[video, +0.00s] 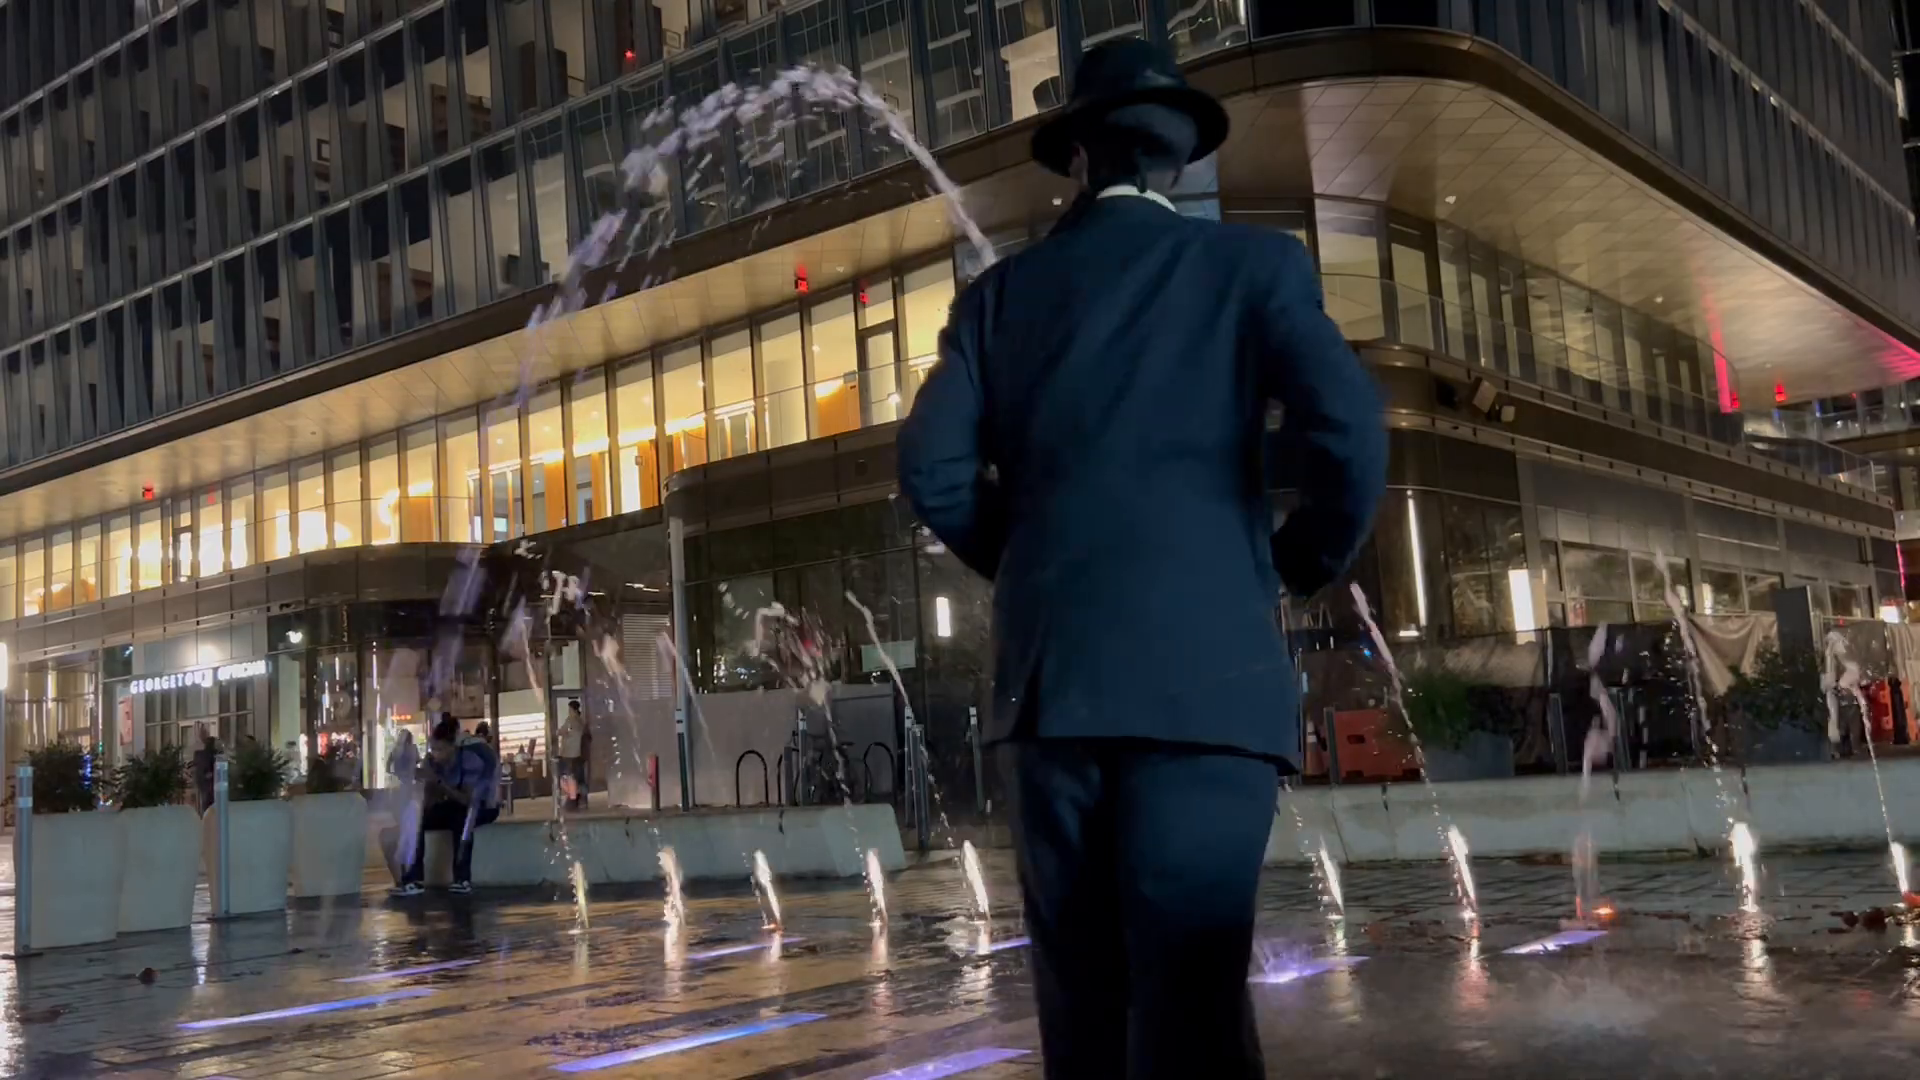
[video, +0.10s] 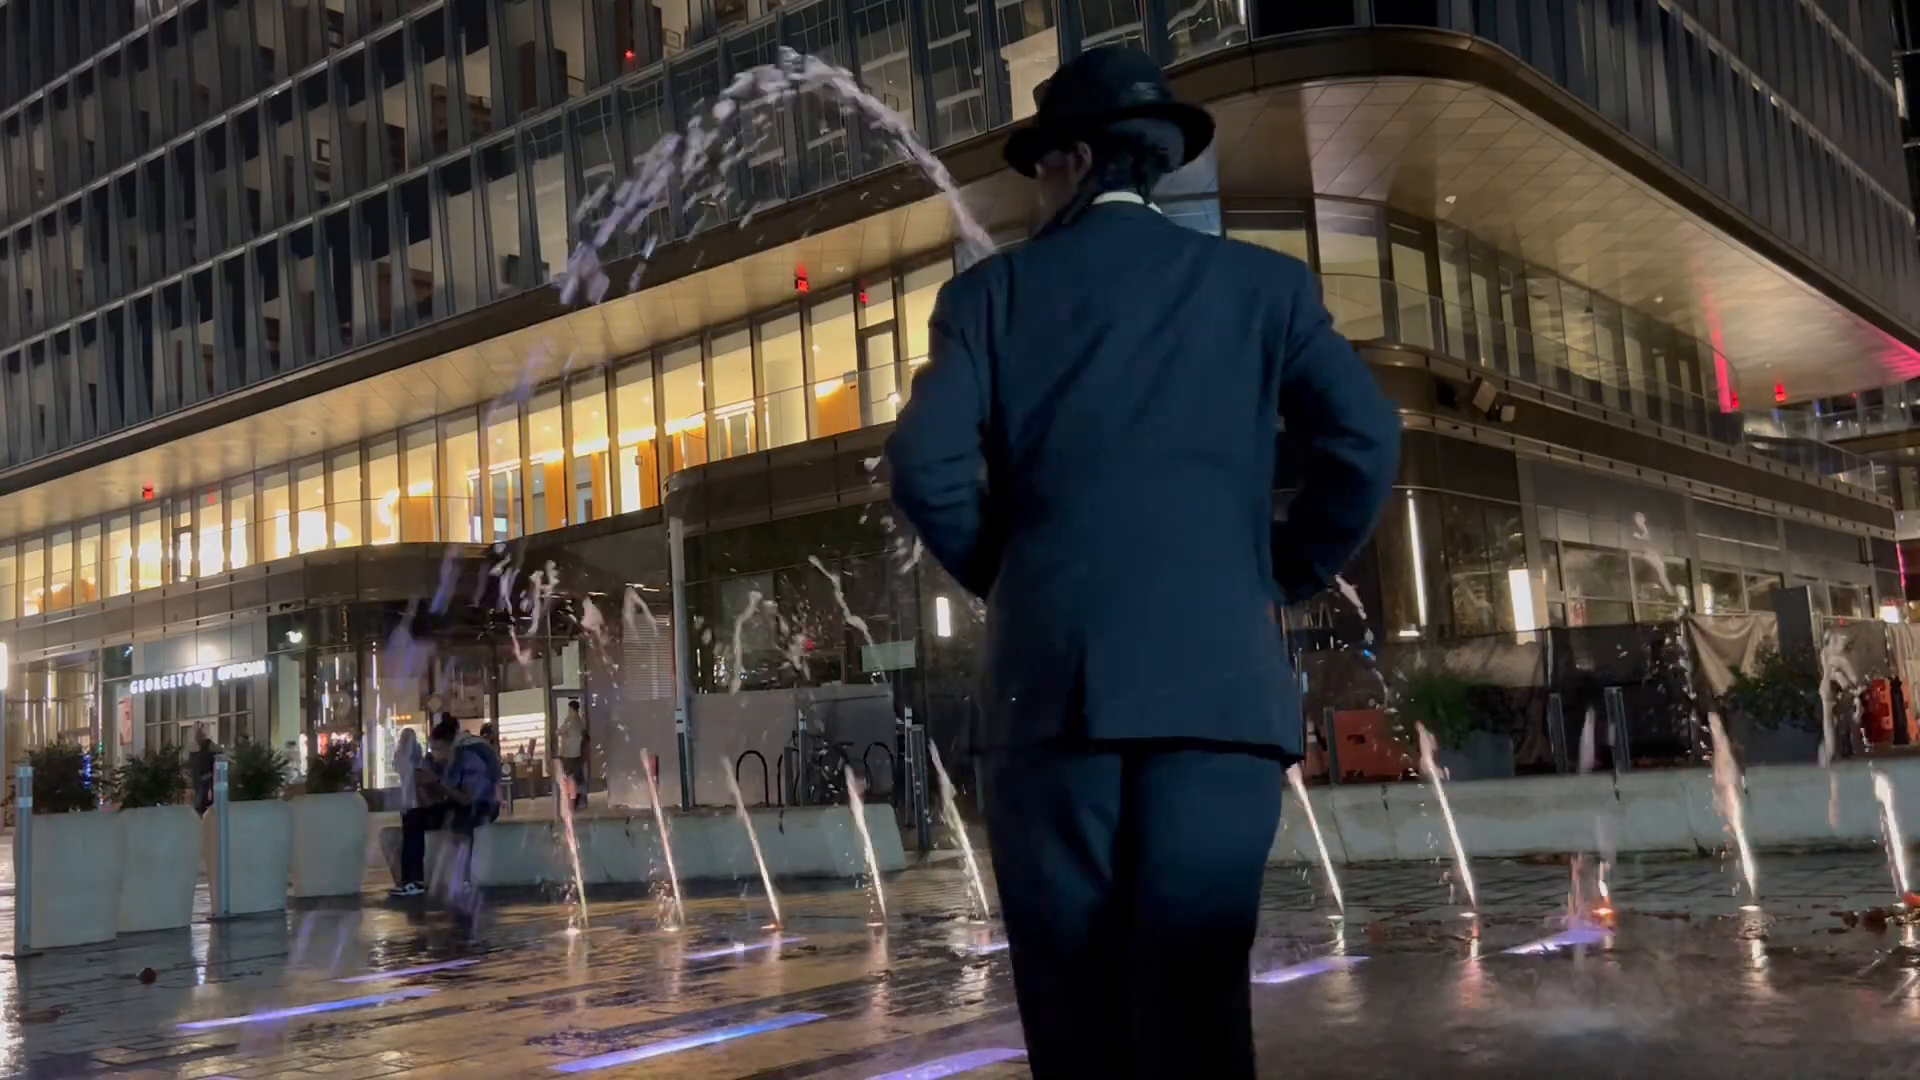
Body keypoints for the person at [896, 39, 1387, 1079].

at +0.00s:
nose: (1204, 171)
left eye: (1074, 155)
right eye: (1196, 153)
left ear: (1075, 170)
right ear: (1191, 163)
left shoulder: (1000, 292)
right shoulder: (1256, 262)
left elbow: (932, 467)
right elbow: (1351, 440)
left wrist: (1029, 555)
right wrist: (1300, 561)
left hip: (1049, 670)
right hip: (1206, 664)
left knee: (1079, 998)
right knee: (1194, 993)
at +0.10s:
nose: (1037, 184)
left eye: (1042, 162)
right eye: (1039, 163)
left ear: (1072, 160)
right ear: (1166, 161)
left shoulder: (992, 292)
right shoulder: (1269, 282)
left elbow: (925, 466)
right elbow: (1368, 436)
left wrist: (1009, 565)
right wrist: (1290, 564)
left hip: (1049, 679)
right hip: (1221, 670)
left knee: (1070, 1008)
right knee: (1199, 1000)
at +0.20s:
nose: (1022, 188)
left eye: (1027, 165)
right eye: (1024, 166)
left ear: (1059, 163)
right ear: (1149, 168)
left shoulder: (993, 289)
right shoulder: (1255, 291)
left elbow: (941, 467)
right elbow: (1342, 452)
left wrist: (993, 579)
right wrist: (1254, 568)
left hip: (1053, 688)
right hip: (1223, 679)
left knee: (1076, 1010)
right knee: (1217, 1002)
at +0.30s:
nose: (1024, 193)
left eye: (1026, 171)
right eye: (1025, 173)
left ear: (1054, 167)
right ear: (1144, 169)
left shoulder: (1006, 285)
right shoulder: (1250, 295)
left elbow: (966, 465)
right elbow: (1324, 465)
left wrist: (979, 573)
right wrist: (1230, 561)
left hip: (1062, 671)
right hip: (1220, 664)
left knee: (1084, 982)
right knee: (1237, 971)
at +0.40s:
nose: (1035, 200)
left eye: (1038, 176)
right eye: (1036, 178)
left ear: (1063, 173)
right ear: (1153, 174)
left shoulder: (1024, 278)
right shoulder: (1255, 294)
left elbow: (998, 455)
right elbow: (1324, 466)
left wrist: (978, 552)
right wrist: (1231, 549)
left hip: (1077, 676)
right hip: (1225, 667)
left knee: (1091, 980)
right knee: (1237, 944)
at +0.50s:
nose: (1061, 188)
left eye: (1061, 168)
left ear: (1073, 176)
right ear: (1175, 173)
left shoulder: (1041, 278)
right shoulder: (1267, 295)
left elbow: (1028, 457)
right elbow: (1341, 465)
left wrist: (981, 517)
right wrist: (1248, 557)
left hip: (1100, 680)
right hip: (1240, 671)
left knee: (1098, 989)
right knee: (1251, 970)